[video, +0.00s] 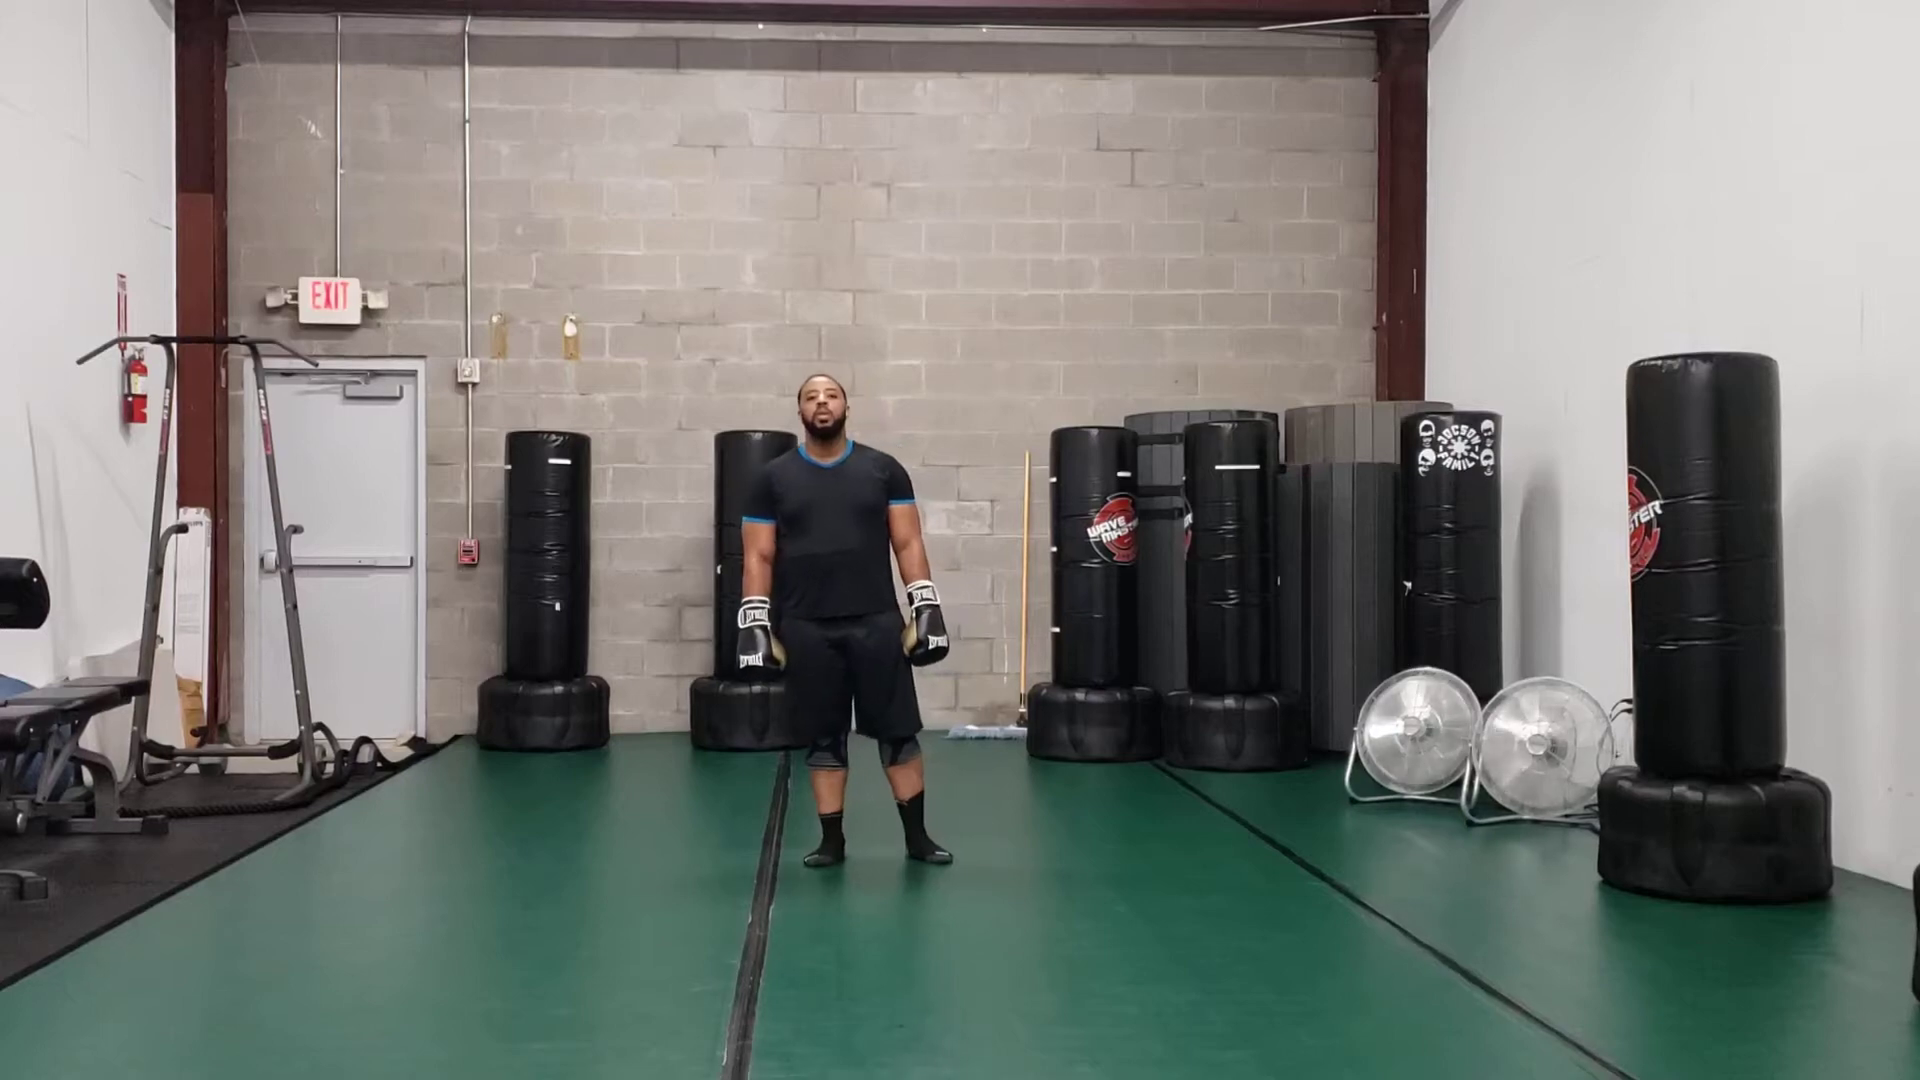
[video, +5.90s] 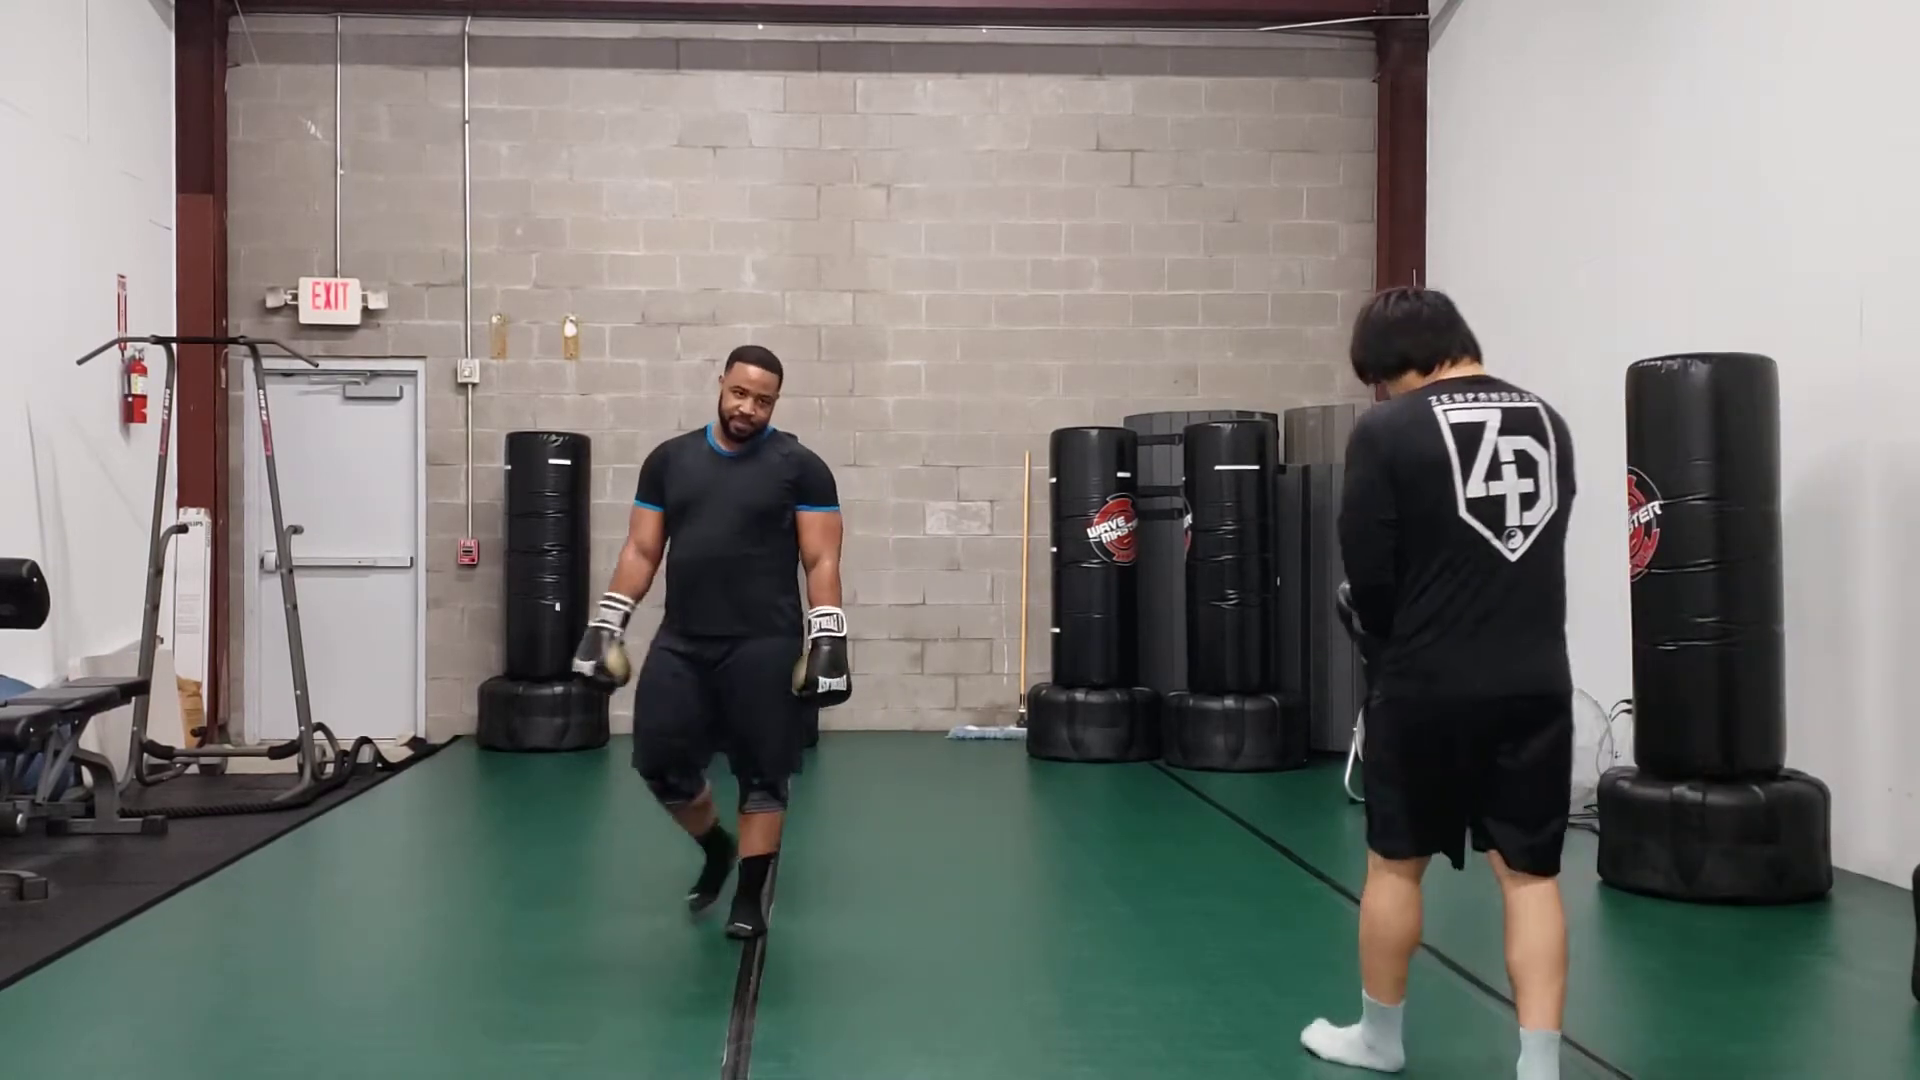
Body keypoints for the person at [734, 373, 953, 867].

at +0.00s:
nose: (822, 403)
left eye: (831, 396)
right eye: (812, 398)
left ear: (846, 408)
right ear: (800, 414)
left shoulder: (883, 470)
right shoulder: (774, 478)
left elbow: (908, 544)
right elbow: (758, 557)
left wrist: (926, 607)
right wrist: (754, 624)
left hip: (876, 625)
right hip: (806, 630)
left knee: (899, 735)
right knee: (823, 741)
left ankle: (917, 839)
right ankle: (831, 842)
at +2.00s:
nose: (902, 412)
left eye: (910, 405)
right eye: (892, 406)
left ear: (922, 419)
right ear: (879, 421)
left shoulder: (943, 487)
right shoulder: (845, 468)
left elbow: (955, 551)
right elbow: (817, 533)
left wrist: (951, 582)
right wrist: (836, 588)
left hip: (918, 621)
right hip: (858, 617)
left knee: (907, 726)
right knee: (845, 724)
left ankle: (895, 826)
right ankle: (824, 832)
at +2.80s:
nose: (813, 408)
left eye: (821, 401)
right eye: (803, 402)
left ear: (835, 413)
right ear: (790, 418)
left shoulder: (868, 474)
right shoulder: (762, 473)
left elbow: (887, 540)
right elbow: (733, 542)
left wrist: (873, 572)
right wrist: (777, 576)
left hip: (853, 616)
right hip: (787, 620)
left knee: (873, 723)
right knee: (789, 729)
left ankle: (892, 825)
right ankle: (788, 832)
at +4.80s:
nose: (833, 435)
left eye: (845, 427)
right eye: (824, 423)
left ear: (858, 425)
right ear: (808, 415)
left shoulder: (886, 479)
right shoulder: (769, 473)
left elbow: (908, 548)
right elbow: (740, 542)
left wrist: (887, 587)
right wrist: (763, 552)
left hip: (860, 633)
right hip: (789, 632)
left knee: (868, 744)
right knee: (780, 742)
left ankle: (868, 847)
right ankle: (761, 863)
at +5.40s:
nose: (768, 420)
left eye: (778, 411)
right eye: (757, 408)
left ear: (789, 409)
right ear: (735, 401)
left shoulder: (817, 468)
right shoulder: (690, 468)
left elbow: (843, 548)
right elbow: (658, 544)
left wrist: (862, 616)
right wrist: (696, 549)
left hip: (796, 629)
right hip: (726, 634)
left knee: (792, 750)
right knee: (741, 758)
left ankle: (790, 879)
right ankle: (754, 875)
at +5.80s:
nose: (753, 410)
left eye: (767, 401)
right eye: (745, 396)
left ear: (781, 406)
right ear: (726, 390)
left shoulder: (806, 472)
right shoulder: (675, 460)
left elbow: (824, 561)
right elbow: (651, 543)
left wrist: (836, 637)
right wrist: (638, 615)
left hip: (770, 642)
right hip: (691, 641)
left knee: (763, 772)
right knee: (690, 771)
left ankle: (749, 898)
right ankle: (749, 845)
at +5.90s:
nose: (747, 407)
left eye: (761, 399)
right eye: (739, 393)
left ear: (775, 402)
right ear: (719, 386)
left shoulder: (801, 469)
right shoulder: (669, 461)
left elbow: (821, 560)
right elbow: (640, 551)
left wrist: (827, 639)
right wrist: (608, 624)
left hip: (765, 648)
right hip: (682, 644)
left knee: (762, 777)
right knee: (660, 762)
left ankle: (751, 899)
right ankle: (719, 850)